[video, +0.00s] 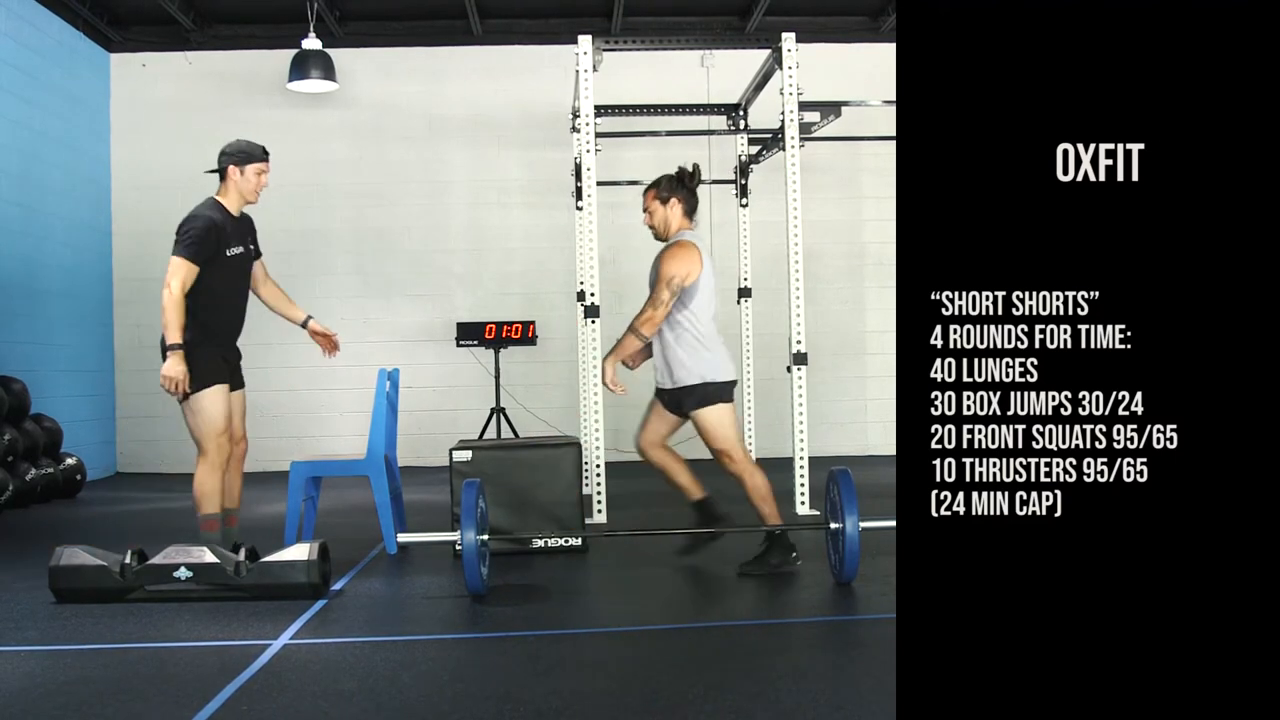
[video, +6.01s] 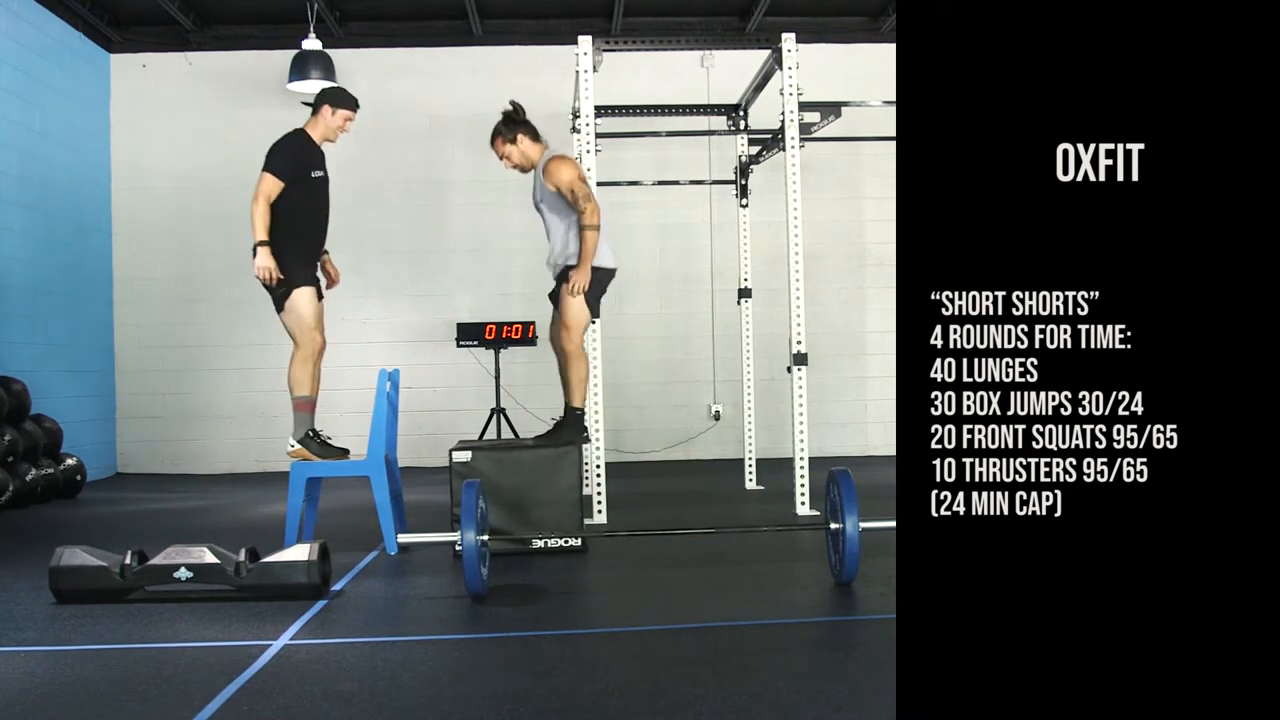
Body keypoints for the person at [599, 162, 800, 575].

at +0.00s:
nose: (645, 219)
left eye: (649, 210)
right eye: (644, 211)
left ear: (672, 206)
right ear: (675, 208)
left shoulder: (677, 254)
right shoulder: (684, 253)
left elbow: (654, 313)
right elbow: (673, 323)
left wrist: (613, 358)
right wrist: (640, 351)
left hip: (702, 378)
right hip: (680, 378)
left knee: (735, 458)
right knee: (649, 443)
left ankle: (779, 540)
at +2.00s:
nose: (632, 294)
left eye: (635, 285)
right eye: (629, 287)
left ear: (660, 278)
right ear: (654, 281)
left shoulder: (679, 322)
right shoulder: (654, 319)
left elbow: (662, 337)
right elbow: (631, 323)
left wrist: (613, 302)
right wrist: (601, 302)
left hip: (679, 445)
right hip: (646, 436)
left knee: (699, 540)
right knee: (577, 455)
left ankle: (783, 526)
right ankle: (579, 546)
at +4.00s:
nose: (584, 322)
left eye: (583, 313)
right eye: (581, 315)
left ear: (600, 305)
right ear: (614, 305)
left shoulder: (612, 348)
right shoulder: (638, 340)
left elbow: (585, 401)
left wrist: (549, 414)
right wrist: (603, 408)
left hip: (643, 447)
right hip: (673, 452)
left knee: (565, 458)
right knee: (680, 534)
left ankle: (599, 538)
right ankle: (755, 522)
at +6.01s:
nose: (506, 163)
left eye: (505, 155)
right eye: (502, 159)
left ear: (522, 139)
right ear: (523, 141)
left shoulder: (557, 167)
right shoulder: (543, 175)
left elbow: (590, 209)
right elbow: (571, 221)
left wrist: (584, 266)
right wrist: (564, 269)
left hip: (583, 268)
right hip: (568, 269)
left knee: (569, 337)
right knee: (558, 338)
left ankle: (576, 421)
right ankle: (571, 418)